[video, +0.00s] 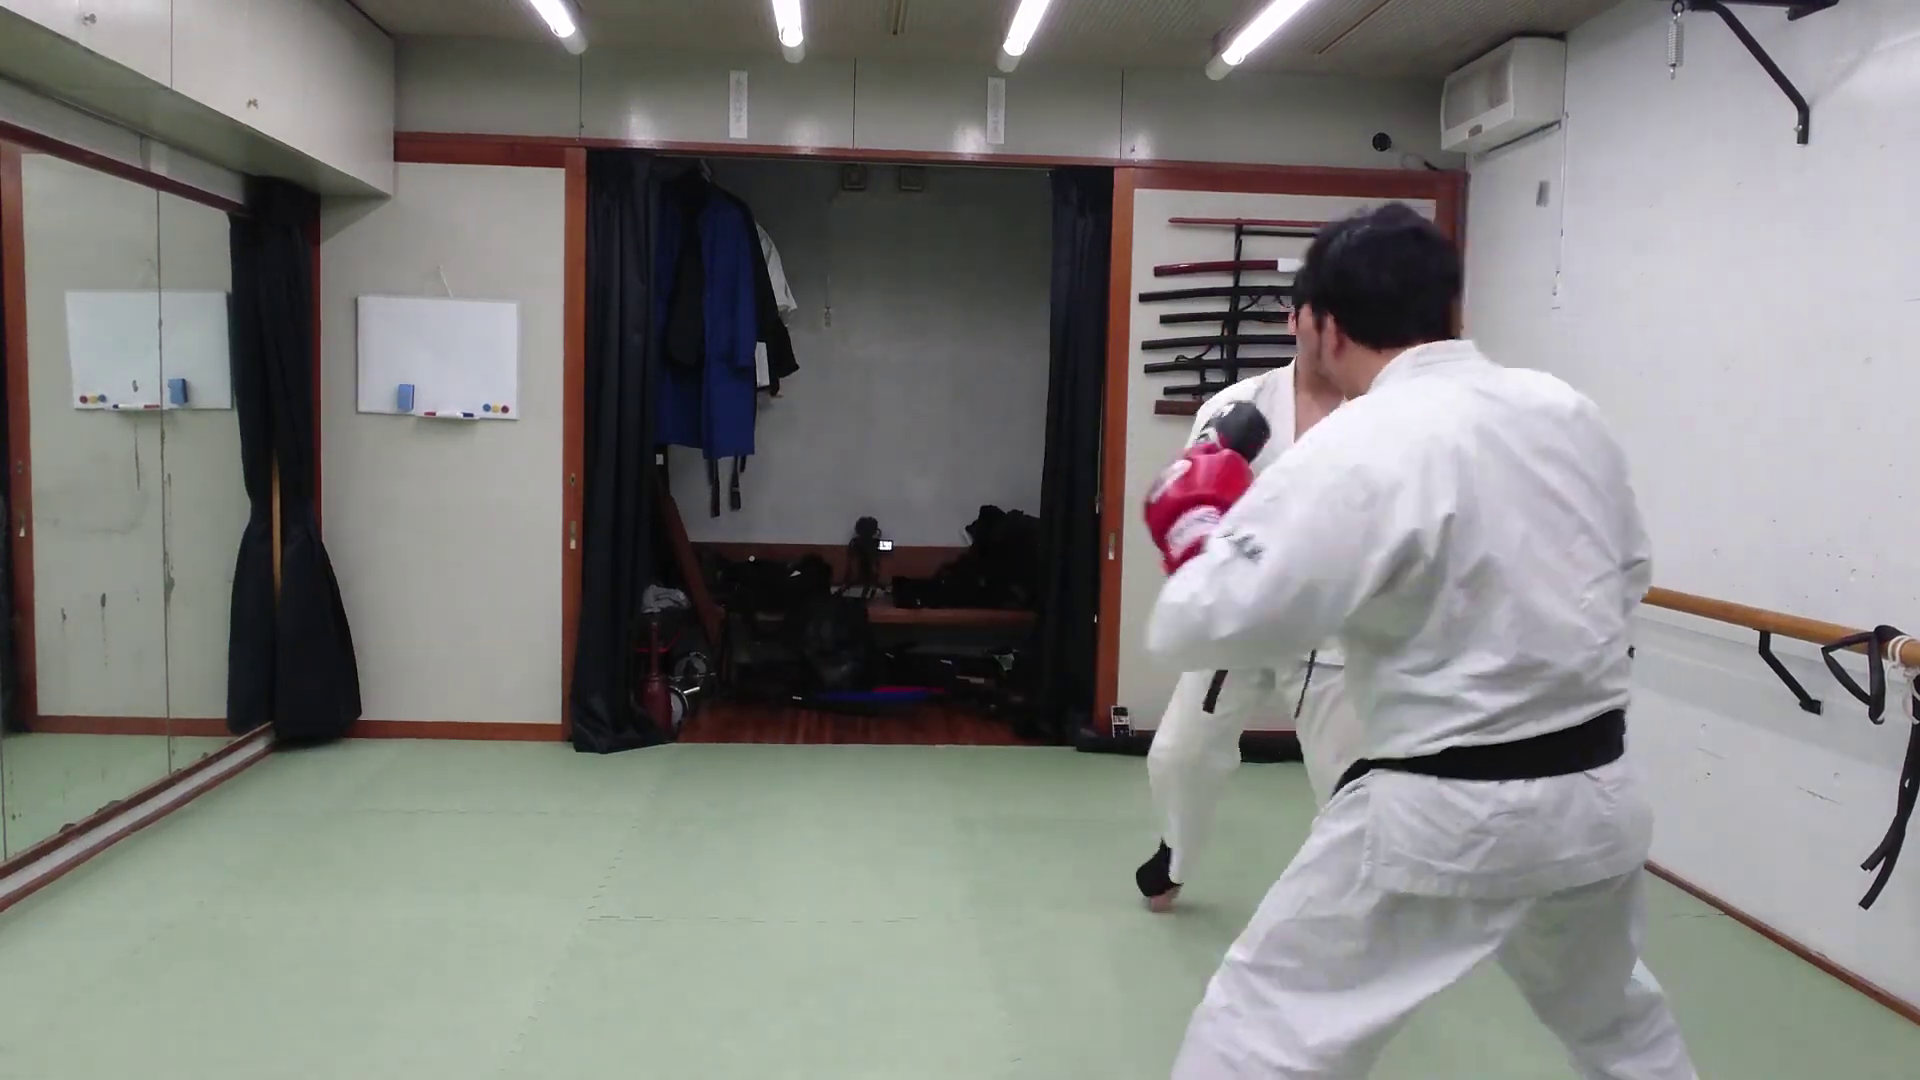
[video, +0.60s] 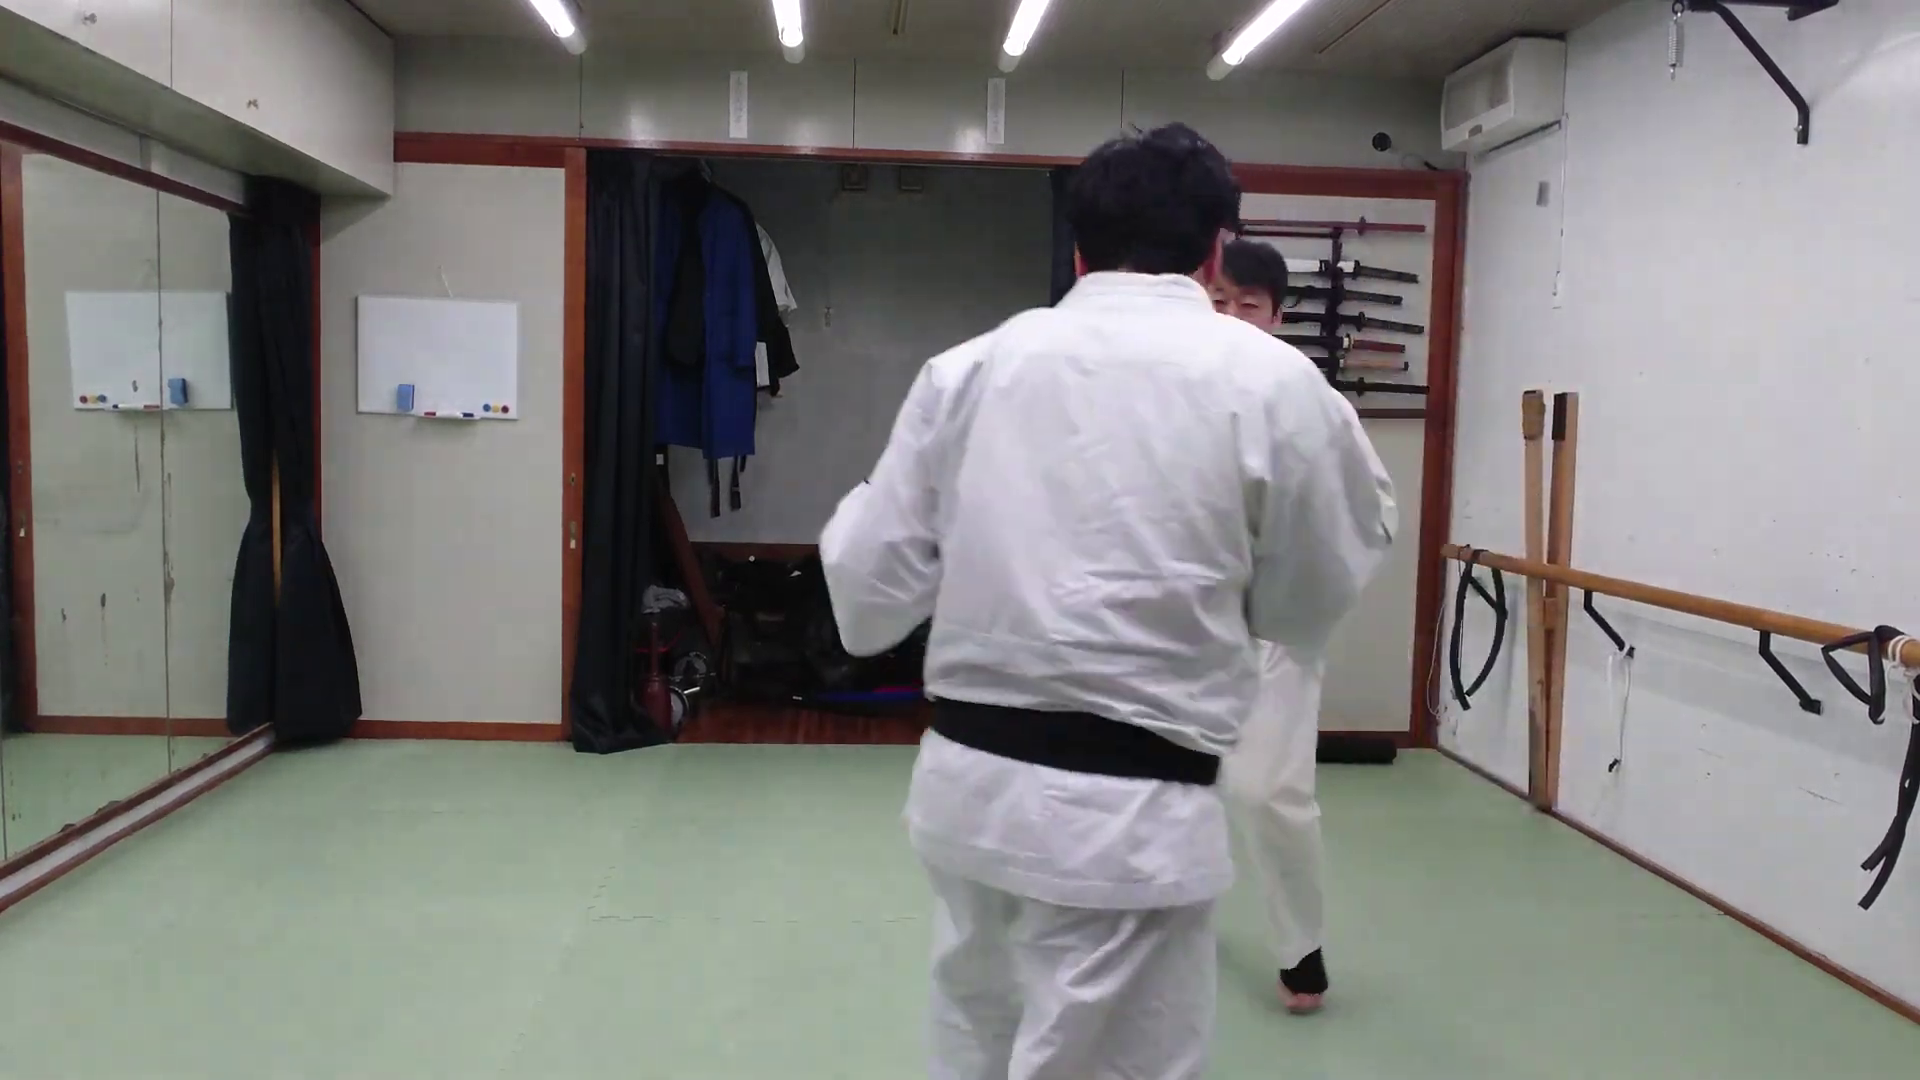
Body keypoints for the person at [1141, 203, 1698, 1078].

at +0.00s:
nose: (1298, 340)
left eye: (1298, 319)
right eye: (1297, 320)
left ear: (1324, 323)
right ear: (1448, 306)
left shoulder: (1366, 446)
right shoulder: (1568, 410)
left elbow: (1227, 619)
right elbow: (1631, 572)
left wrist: (1192, 529)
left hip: (1434, 822)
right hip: (1597, 801)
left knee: (1258, 1018)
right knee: (1620, 1019)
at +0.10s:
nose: (1235, 360)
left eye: (1233, 339)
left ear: (1245, 340)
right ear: (1365, 315)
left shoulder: (1250, 450)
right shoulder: (1486, 408)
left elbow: (1133, 637)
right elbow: (1592, 566)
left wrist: (1150, 522)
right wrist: (1518, 637)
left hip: (1346, 829)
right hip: (1525, 809)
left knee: (1196, 1023)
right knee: (1595, 1038)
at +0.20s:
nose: (1178, 314)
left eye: (1177, 299)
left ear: (1190, 306)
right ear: (1309, 278)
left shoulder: (1167, 425)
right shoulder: (1431, 377)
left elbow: (1046, 629)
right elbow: (1543, 540)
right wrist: (1469, 621)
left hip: (1264, 809)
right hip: (1457, 796)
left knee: (1182, 1058)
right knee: (1527, 1053)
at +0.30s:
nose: (1144, 262)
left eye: (1145, 244)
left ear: (1161, 259)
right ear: (1287, 237)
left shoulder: (1115, 377)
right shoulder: (1392, 336)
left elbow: (1000, 567)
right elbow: (1504, 497)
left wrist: (1029, 618)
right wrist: (1427, 537)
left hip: (1197, 783)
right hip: (1387, 777)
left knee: (1182, 1056)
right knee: (1430, 1052)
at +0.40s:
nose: (1112, 243)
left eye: (1117, 225)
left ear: (1131, 235)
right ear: (1263, 221)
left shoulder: (1071, 355)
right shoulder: (1362, 329)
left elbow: (976, 542)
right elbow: (1462, 499)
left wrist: (1035, 589)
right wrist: (1376, 517)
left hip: (1115, 774)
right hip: (1300, 775)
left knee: (1137, 1062)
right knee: (1298, 1065)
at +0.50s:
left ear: (1111, 268)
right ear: (1244, 255)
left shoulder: (1033, 384)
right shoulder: (1326, 379)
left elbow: (920, 590)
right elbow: (1397, 567)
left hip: (1031, 813)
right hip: (1199, 830)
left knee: (1049, 1048)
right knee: (1142, 1064)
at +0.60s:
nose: (1231, 258)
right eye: (1230, 242)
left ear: (1077, 250)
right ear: (1215, 250)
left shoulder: (975, 369)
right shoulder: (1270, 383)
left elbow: (865, 580)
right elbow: (1311, 602)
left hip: (961, 790)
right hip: (1130, 820)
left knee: (968, 1042)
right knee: (1100, 1064)